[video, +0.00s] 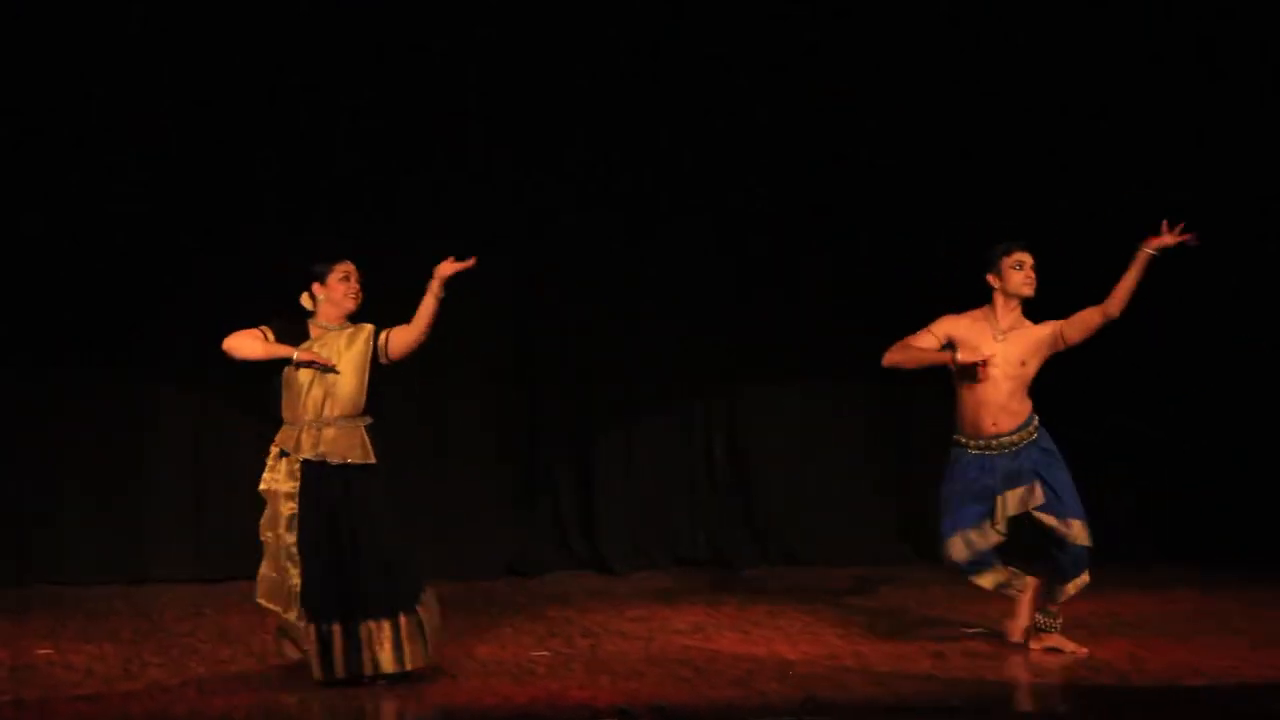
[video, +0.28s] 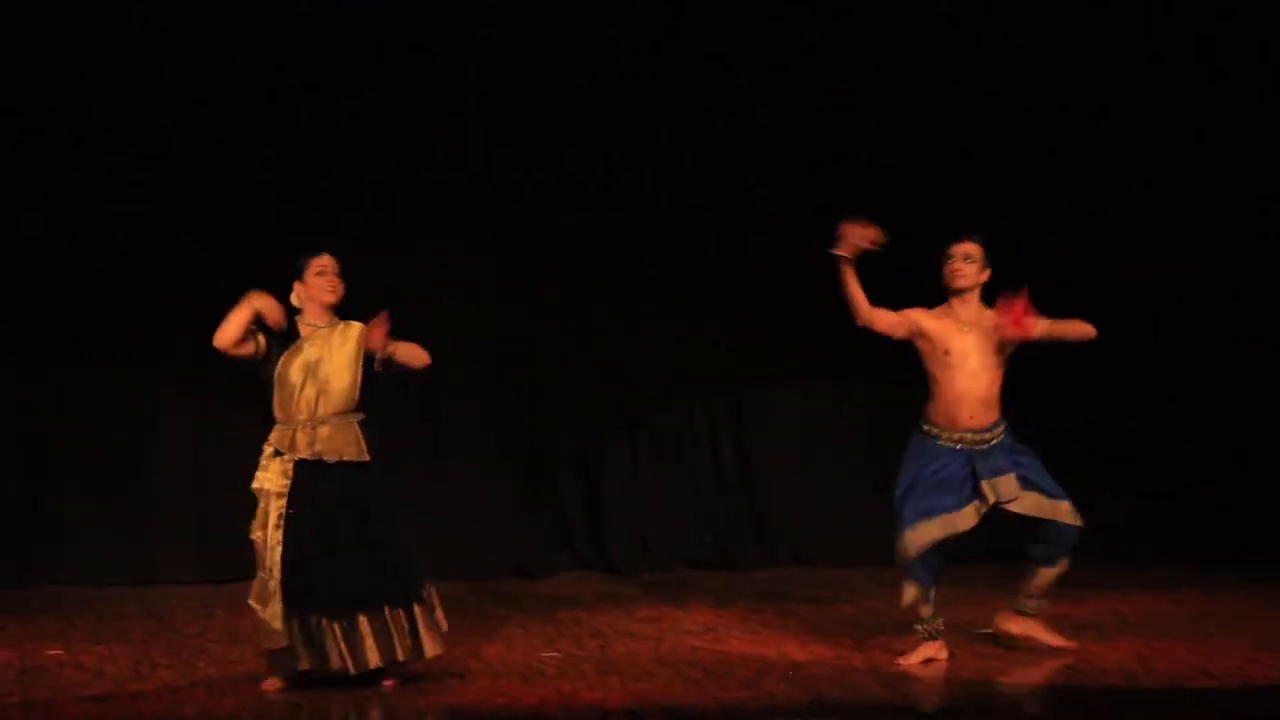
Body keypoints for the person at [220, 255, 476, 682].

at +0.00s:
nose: (355, 287)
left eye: (357, 282)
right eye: (344, 280)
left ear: (358, 294)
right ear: (317, 290)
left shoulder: (367, 339)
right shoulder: (293, 335)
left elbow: (414, 333)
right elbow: (232, 344)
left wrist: (437, 282)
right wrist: (292, 352)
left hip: (351, 459)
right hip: (298, 461)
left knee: (369, 552)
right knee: (311, 557)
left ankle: (381, 661)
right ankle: (325, 659)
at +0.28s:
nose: (333, 281)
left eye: (337, 275)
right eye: (321, 274)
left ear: (344, 289)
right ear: (298, 288)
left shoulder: (357, 335)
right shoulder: (280, 340)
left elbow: (422, 359)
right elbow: (224, 342)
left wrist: (387, 346)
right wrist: (252, 302)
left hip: (344, 459)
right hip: (289, 460)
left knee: (364, 554)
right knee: (284, 560)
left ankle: (380, 662)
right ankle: (290, 665)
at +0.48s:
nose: (268, 281)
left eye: (278, 272)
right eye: (263, 276)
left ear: (305, 283)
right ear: (260, 290)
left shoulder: (332, 331)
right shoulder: (257, 333)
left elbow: (396, 352)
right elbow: (216, 312)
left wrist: (345, 361)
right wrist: (190, 260)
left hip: (318, 460)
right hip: (264, 459)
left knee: (324, 556)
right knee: (272, 560)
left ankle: (330, 657)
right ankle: (279, 664)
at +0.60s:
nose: (256, 286)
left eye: (267, 277)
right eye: (253, 281)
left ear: (296, 288)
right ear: (252, 295)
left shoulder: (324, 336)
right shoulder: (246, 338)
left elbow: (388, 356)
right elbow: (208, 313)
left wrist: (337, 369)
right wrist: (181, 262)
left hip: (310, 466)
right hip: (256, 465)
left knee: (315, 560)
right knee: (258, 563)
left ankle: (318, 662)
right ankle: (266, 667)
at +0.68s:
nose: (255, 287)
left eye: (266, 279)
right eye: (252, 282)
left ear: (294, 291)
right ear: (250, 296)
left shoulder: (322, 337)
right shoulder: (244, 339)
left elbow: (385, 360)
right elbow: (207, 311)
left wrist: (337, 371)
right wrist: (179, 259)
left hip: (308, 467)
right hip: (252, 466)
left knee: (312, 562)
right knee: (247, 563)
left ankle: (312, 666)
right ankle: (251, 669)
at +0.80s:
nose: (260, 289)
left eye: (271, 281)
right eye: (255, 285)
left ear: (298, 293)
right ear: (253, 300)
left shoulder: (324, 339)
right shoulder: (247, 340)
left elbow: (388, 363)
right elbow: (210, 306)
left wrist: (341, 372)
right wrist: (189, 251)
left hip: (308, 467)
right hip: (253, 464)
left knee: (308, 563)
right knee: (246, 562)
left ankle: (303, 667)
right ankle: (243, 668)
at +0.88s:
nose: (266, 292)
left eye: (276, 284)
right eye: (260, 286)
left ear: (301, 296)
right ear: (254, 298)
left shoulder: (325, 342)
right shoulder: (249, 341)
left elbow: (389, 365)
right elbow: (211, 329)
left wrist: (346, 375)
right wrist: (209, 265)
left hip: (309, 470)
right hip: (254, 467)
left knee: (307, 566)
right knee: (248, 564)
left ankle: (299, 666)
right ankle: (244, 667)